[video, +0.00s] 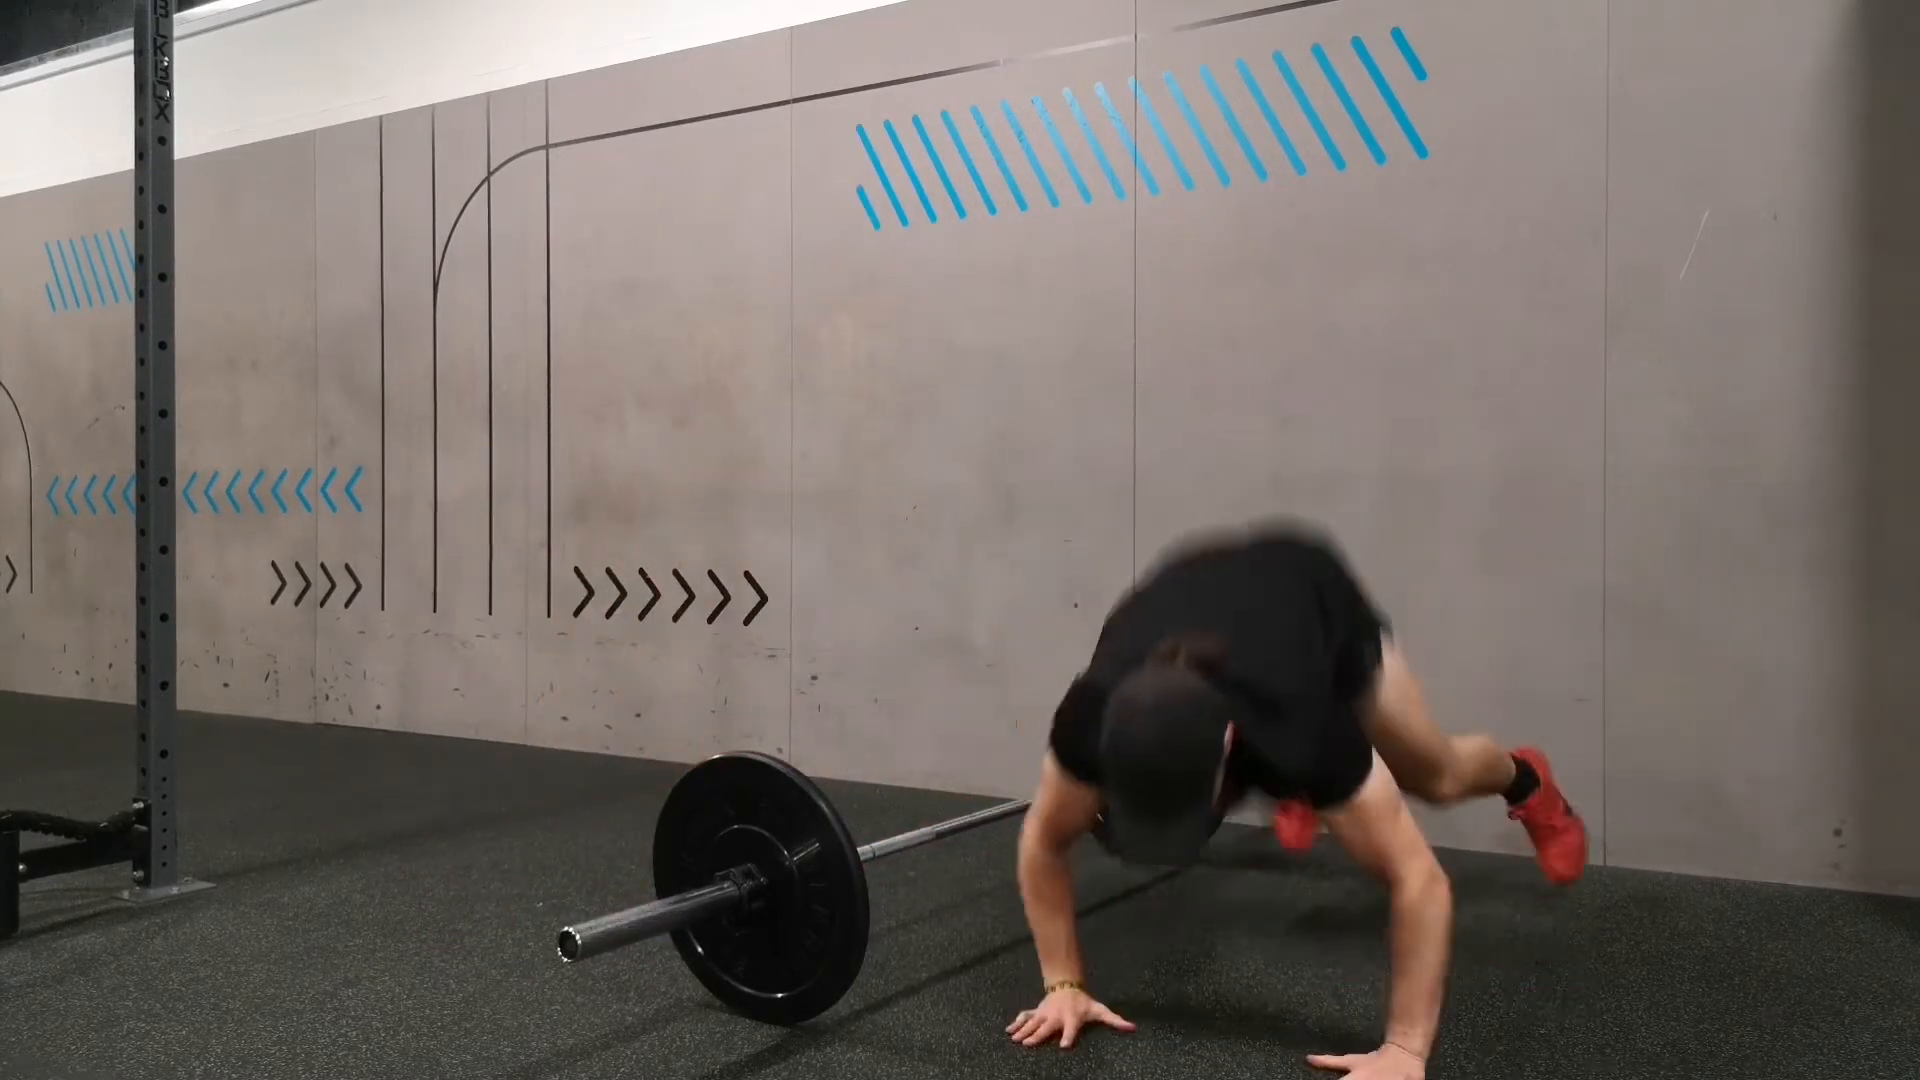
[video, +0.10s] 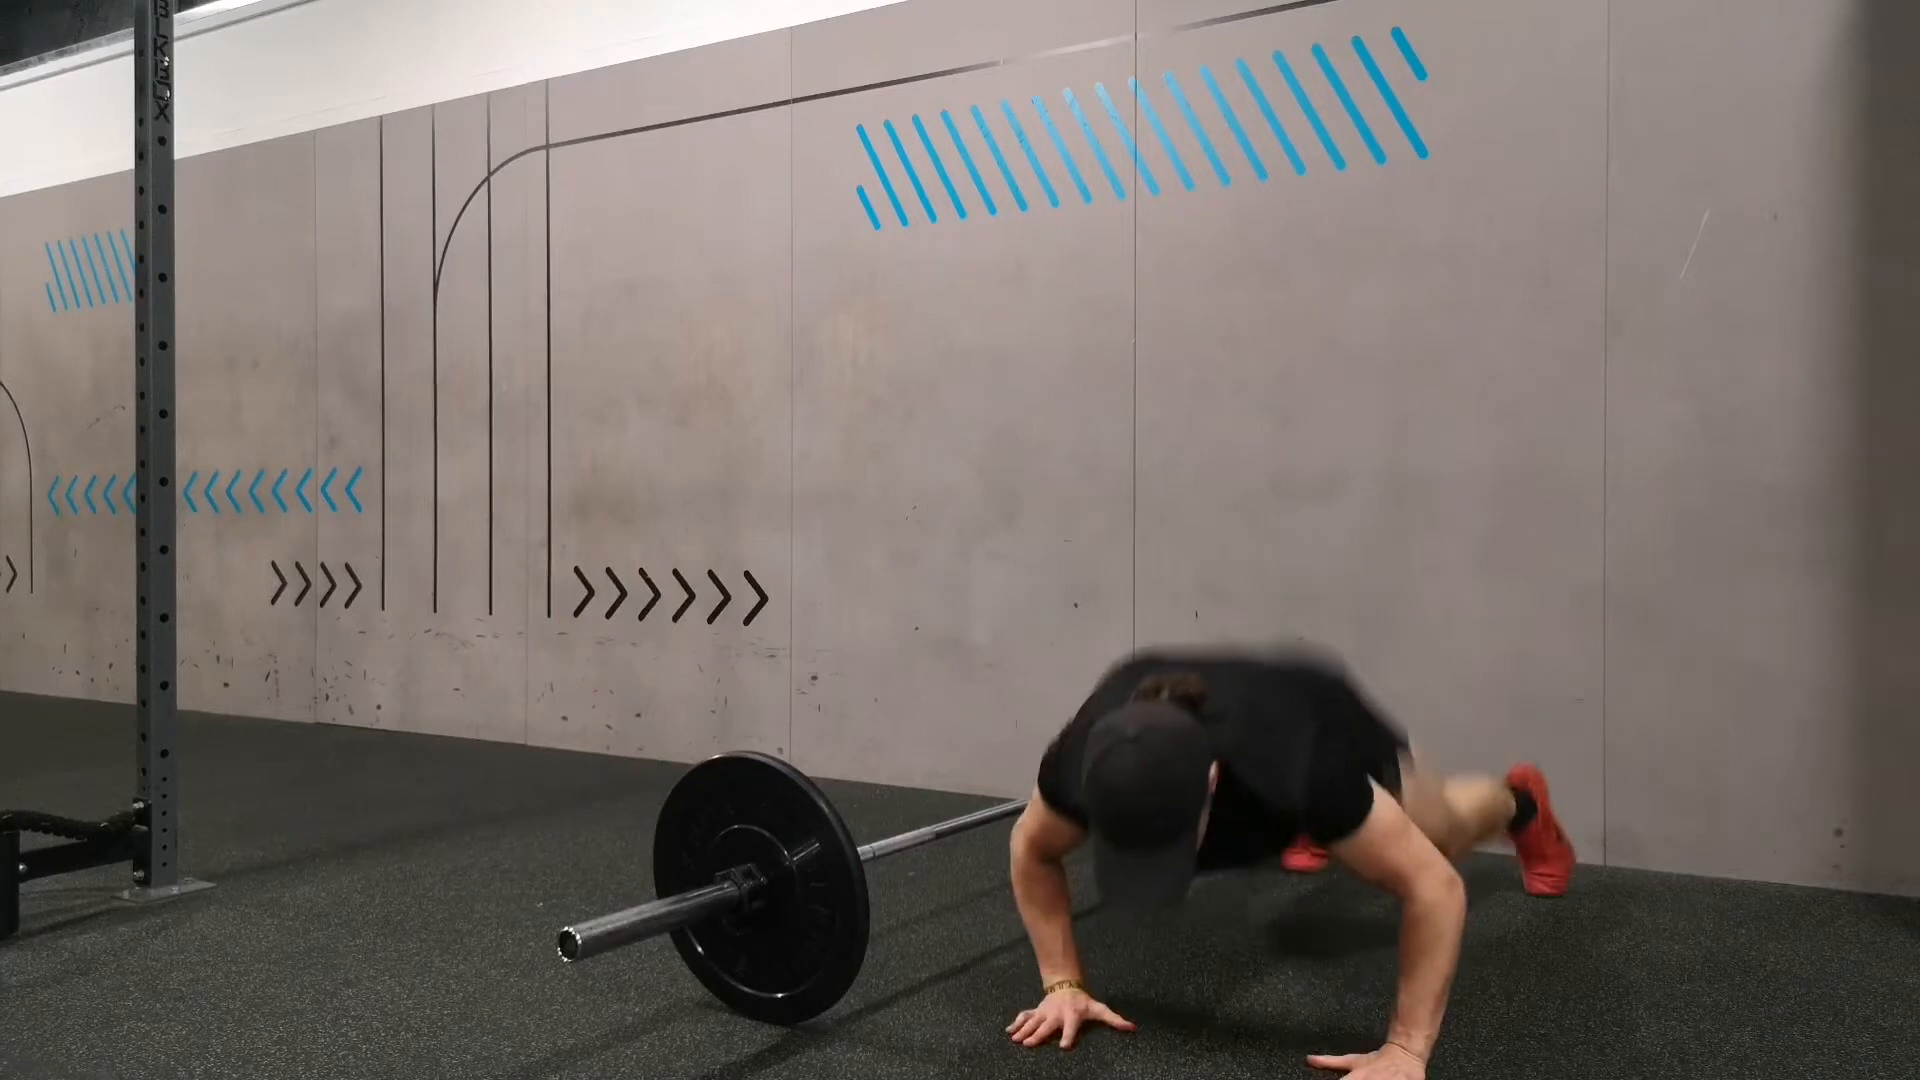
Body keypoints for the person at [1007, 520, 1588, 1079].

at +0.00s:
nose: (1188, 824)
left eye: (1196, 811)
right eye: (1161, 817)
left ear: (1226, 757)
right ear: (1110, 765)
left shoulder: (1308, 740)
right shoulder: (1085, 726)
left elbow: (1421, 882)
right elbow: (1043, 844)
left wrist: (1406, 1048)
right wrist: (1061, 984)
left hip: (1303, 580)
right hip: (1176, 584)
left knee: (1437, 776)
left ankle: (1525, 778)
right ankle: (1294, 787)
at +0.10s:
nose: (1168, 864)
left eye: (1176, 846)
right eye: (1146, 853)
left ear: (1209, 787)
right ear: (1096, 798)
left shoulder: (1300, 771)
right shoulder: (1076, 769)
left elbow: (1436, 887)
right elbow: (1032, 853)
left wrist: (1407, 1048)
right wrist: (1061, 983)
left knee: (1432, 828)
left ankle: (1519, 799)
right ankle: (1304, 826)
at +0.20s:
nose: (1168, 906)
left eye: (1175, 888)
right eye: (1143, 897)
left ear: (1202, 839)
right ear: (1091, 842)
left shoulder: (1292, 825)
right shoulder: (1077, 818)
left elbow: (1456, 901)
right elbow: (1024, 862)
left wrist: (1408, 1049)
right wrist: (1061, 983)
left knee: (1437, 864)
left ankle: (1516, 807)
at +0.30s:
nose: (1163, 988)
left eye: (1172, 971)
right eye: (1138, 977)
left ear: (1202, 919)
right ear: (1094, 917)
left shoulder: (1305, 894)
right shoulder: (1077, 877)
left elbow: (1468, 910)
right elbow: (1017, 855)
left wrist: (1412, 1049)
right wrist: (1057, 981)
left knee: (1452, 871)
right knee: (1245, 831)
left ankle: (1512, 806)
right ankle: (1301, 793)